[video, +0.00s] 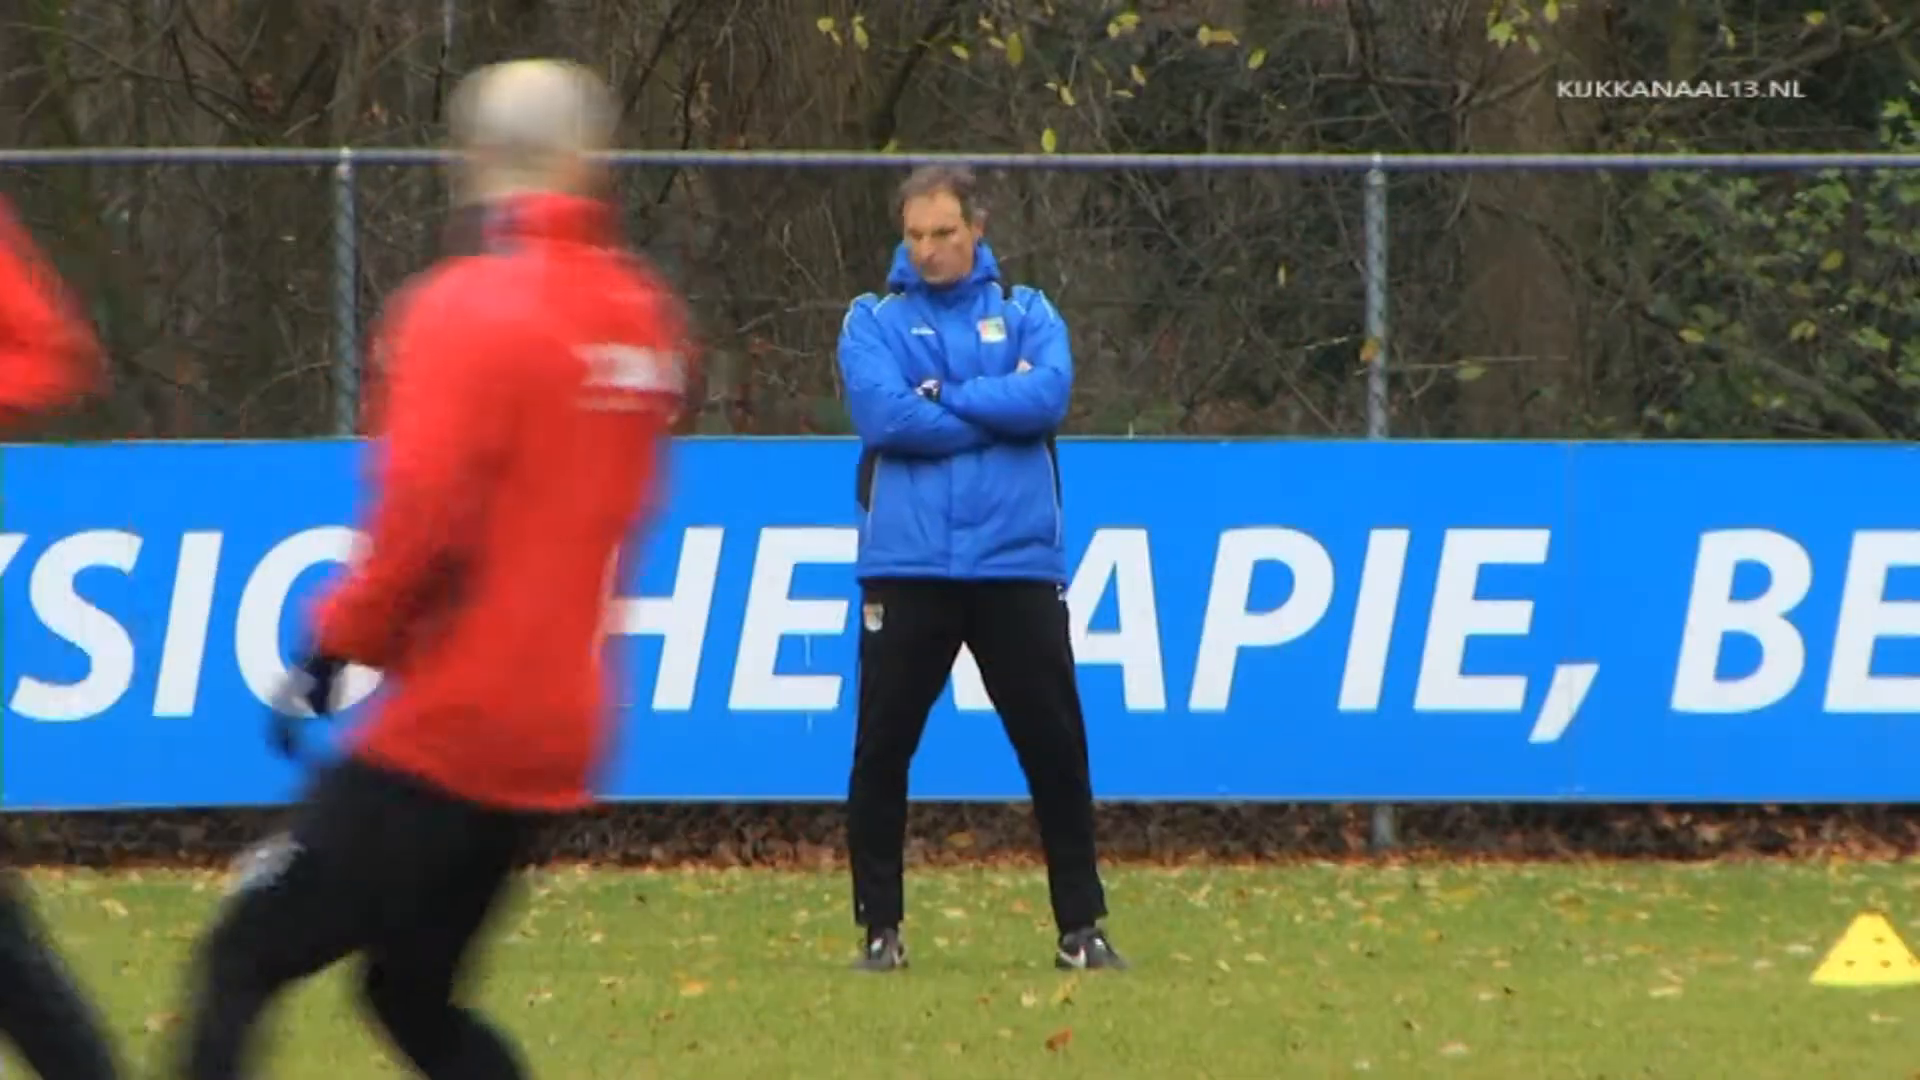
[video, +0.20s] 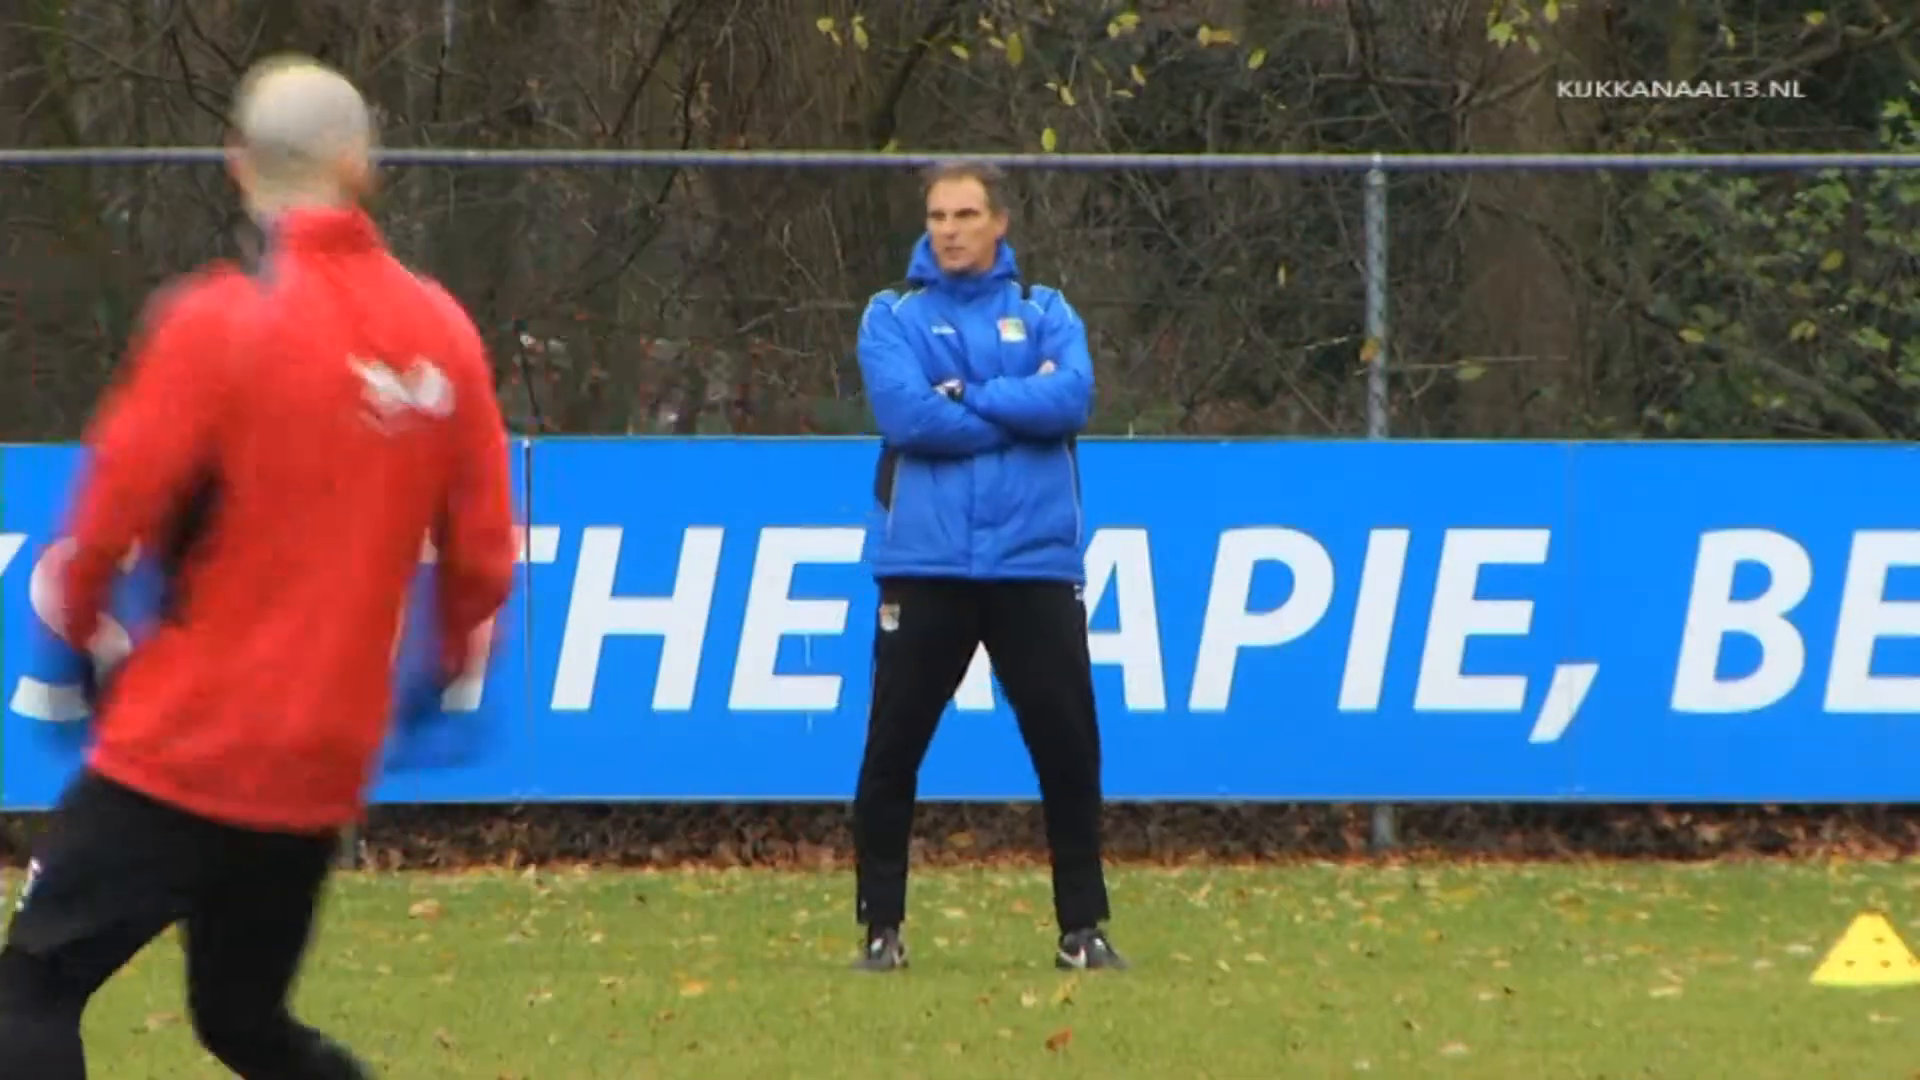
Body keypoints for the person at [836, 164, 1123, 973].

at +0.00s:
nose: (929, 249)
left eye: (944, 233)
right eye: (916, 236)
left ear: (976, 229)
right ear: (902, 239)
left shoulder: (1028, 310)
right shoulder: (871, 319)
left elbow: (1046, 400)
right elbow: (885, 421)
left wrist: (941, 394)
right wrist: (999, 416)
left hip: (1016, 568)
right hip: (906, 572)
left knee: (1057, 750)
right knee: (881, 753)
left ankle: (1082, 931)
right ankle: (881, 931)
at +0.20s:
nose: (950, 230)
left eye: (965, 216)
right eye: (939, 217)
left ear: (1000, 225)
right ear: (924, 228)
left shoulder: (1047, 310)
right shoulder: (891, 315)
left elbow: (1071, 400)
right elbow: (908, 421)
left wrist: (962, 394)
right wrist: (1018, 416)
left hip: (1035, 566)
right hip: (924, 568)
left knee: (1070, 749)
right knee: (894, 751)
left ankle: (1083, 931)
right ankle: (881, 929)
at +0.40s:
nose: (982, 227)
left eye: (998, 213)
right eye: (970, 214)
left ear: (1031, 223)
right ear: (956, 225)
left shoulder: (1075, 310)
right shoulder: (919, 313)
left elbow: (1093, 405)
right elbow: (927, 424)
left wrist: (983, 396)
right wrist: (1037, 418)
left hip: (1061, 569)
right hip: (951, 571)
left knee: (1084, 754)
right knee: (908, 752)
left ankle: (1085, 933)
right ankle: (883, 930)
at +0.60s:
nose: (1010, 225)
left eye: (1027, 212)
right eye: (999, 212)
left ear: (1060, 221)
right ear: (984, 222)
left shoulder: (1101, 311)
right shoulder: (941, 310)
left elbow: (1105, 413)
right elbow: (940, 427)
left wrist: (995, 400)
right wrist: (1057, 418)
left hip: (1070, 568)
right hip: (962, 566)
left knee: (1089, 750)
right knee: (914, 742)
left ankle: (1087, 931)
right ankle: (883, 926)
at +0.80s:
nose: (1025, 228)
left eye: (1038, 215)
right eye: (1011, 215)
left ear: (1058, 223)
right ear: (984, 224)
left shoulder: (1094, 312)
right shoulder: (933, 311)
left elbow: (1097, 413)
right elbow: (933, 431)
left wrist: (985, 402)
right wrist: (1047, 419)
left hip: (1068, 568)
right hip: (958, 567)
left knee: (1088, 752)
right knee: (913, 749)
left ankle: (1086, 932)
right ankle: (883, 930)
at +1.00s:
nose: (1005, 228)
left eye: (1017, 214)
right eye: (989, 215)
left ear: (1034, 221)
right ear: (960, 225)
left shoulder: (1070, 307)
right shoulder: (910, 312)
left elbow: (1082, 409)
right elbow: (917, 430)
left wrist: (969, 402)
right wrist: (1026, 422)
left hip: (1054, 570)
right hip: (943, 571)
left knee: (1079, 754)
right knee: (901, 753)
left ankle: (1085, 931)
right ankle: (881, 931)